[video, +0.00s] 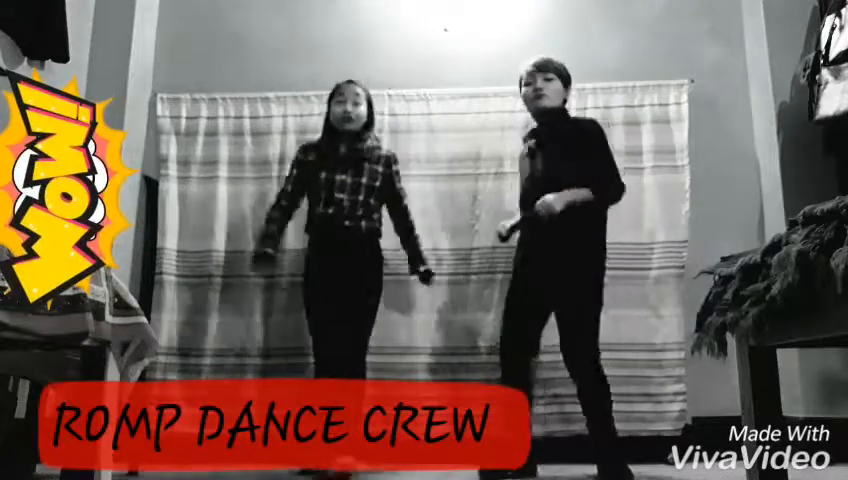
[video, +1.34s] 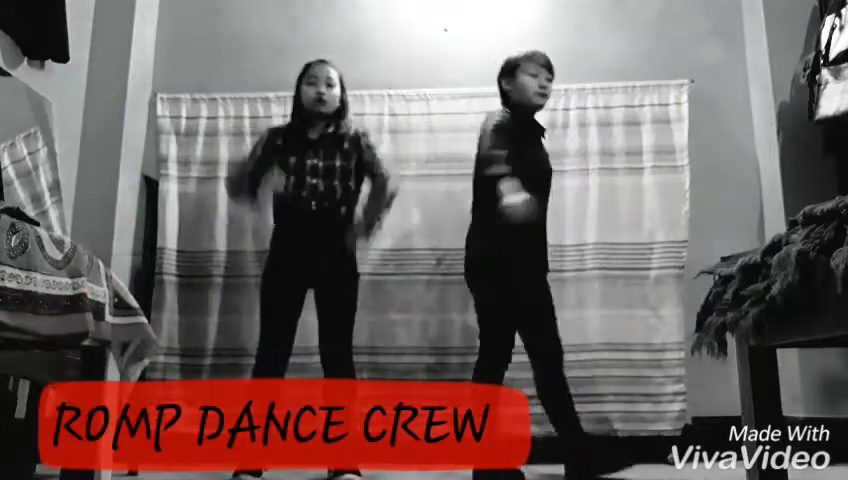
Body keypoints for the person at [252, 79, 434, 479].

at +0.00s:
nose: (348, 107)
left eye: (356, 102)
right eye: (340, 101)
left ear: (368, 112)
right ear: (328, 110)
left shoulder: (382, 159)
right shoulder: (310, 156)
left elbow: (400, 212)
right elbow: (285, 202)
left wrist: (418, 259)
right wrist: (267, 244)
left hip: (363, 264)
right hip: (322, 262)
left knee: (352, 353)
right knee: (326, 352)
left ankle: (351, 439)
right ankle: (325, 440)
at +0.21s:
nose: (343, 91)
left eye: (352, 85)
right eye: (336, 86)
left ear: (368, 95)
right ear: (326, 98)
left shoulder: (388, 145)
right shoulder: (315, 142)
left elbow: (414, 188)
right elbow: (288, 179)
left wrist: (416, 198)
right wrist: (266, 186)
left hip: (362, 251)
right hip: (319, 249)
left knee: (350, 349)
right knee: (291, 339)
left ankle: (345, 447)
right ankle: (294, 435)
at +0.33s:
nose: (325, 89)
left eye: (332, 81)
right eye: (317, 85)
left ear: (350, 89)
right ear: (311, 99)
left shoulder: (377, 128)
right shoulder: (306, 136)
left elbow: (429, 147)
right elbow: (266, 135)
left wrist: (422, 192)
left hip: (357, 244)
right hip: (313, 243)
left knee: (347, 350)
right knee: (287, 346)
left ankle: (346, 451)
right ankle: (260, 447)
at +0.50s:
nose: (324, 86)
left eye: (333, 81)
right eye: (316, 81)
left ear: (348, 96)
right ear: (305, 95)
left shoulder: (363, 131)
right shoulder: (289, 129)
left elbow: (414, 145)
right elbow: (247, 114)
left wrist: (397, 184)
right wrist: (242, 113)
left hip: (340, 245)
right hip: (295, 244)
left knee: (338, 351)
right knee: (275, 349)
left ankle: (344, 454)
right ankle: (255, 451)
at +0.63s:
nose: (333, 89)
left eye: (342, 85)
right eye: (325, 82)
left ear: (352, 101)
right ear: (310, 94)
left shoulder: (353, 144)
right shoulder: (285, 131)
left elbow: (404, 153)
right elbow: (232, 148)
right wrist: (223, 166)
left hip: (333, 254)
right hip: (284, 251)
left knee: (334, 356)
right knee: (270, 353)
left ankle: (344, 457)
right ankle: (251, 454)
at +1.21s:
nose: (334, 88)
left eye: (342, 83)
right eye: (325, 81)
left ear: (352, 96)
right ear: (309, 90)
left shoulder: (356, 140)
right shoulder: (284, 128)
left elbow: (400, 173)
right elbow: (222, 126)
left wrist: (390, 134)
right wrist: (255, 120)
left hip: (339, 249)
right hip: (292, 245)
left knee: (339, 354)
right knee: (274, 351)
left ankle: (345, 458)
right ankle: (250, 455)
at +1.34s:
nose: (321, 90)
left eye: (330, 85)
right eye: (312, 83)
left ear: (342, 95)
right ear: (298, 92)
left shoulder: (354, 142)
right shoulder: (277, 140)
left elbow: (384, 185)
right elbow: (242, 191)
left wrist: (366, 224)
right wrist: (253, 169)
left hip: (336, 256)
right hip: (287, 255)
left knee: (337, 357)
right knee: (271, 354)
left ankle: (345, 458)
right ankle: (250, 456)